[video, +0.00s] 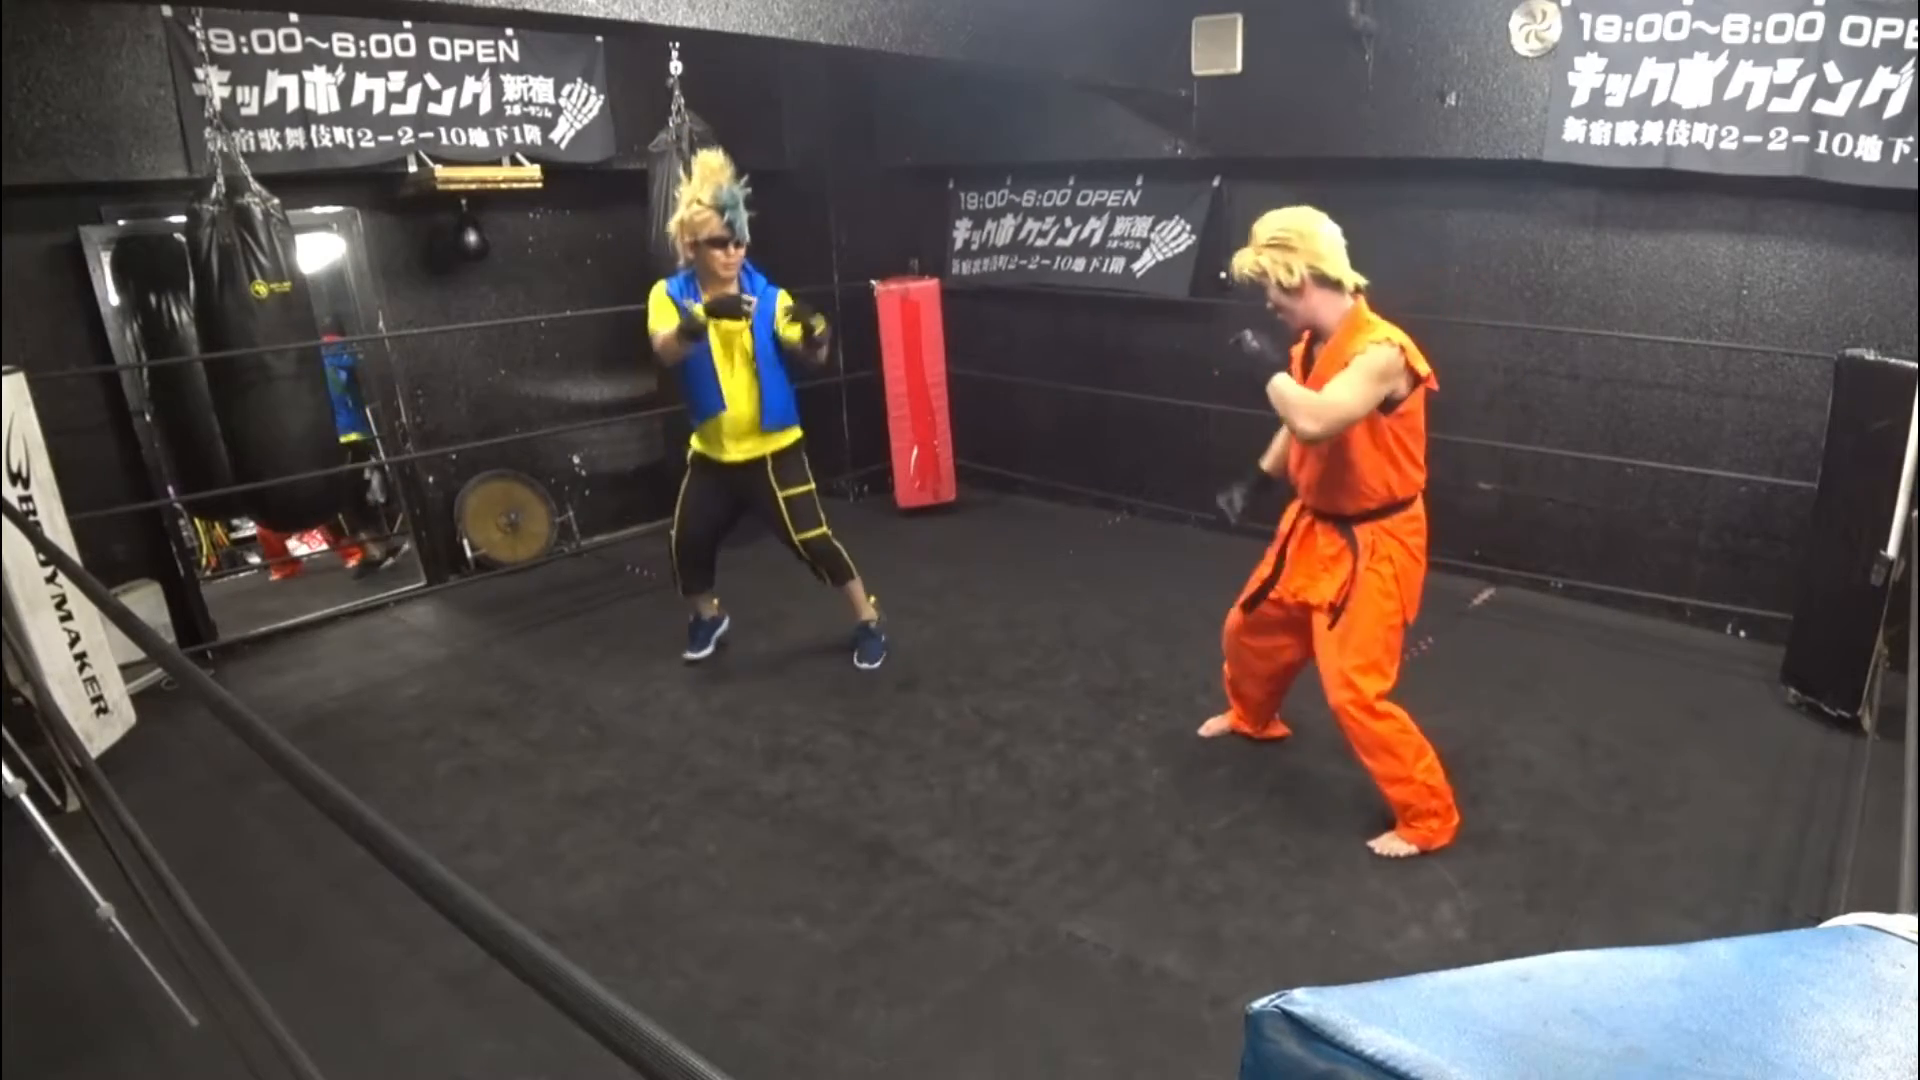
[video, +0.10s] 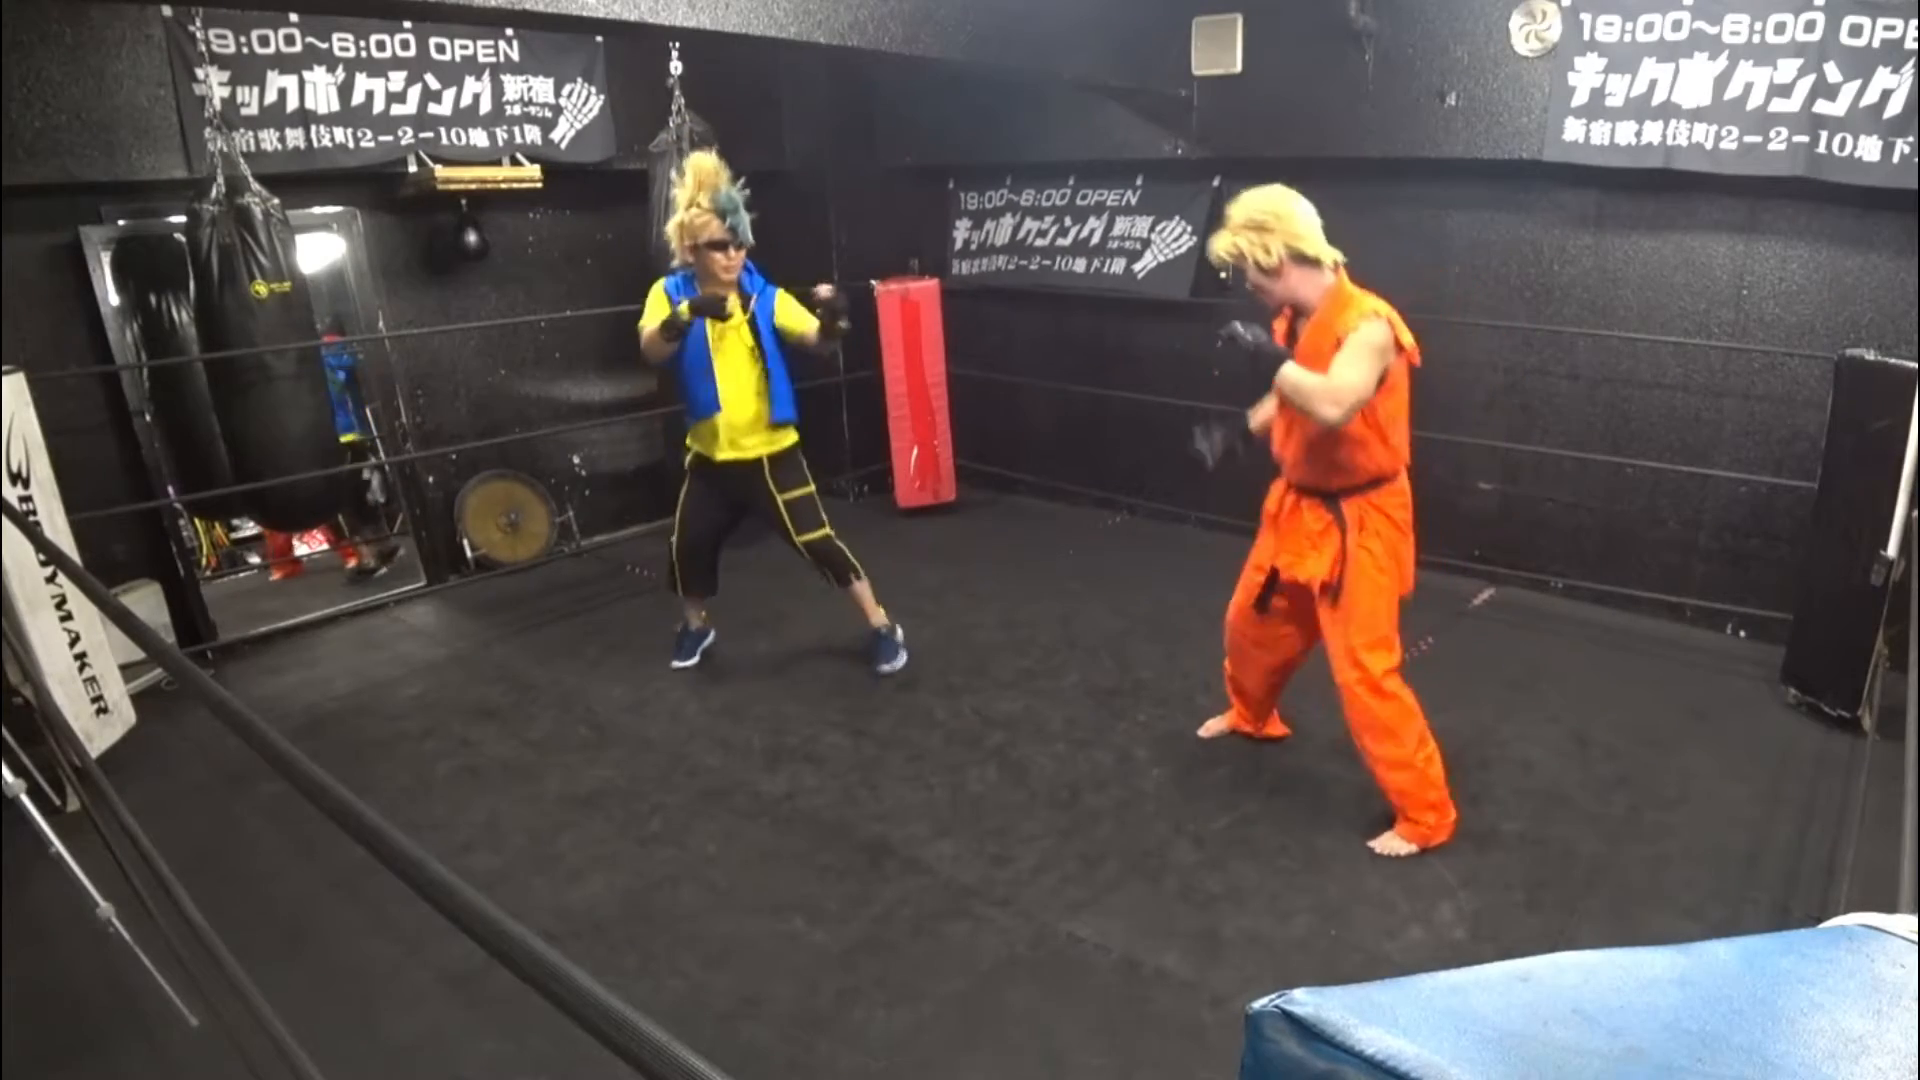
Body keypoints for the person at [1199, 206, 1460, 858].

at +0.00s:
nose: (1272, 307)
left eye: (1278, 291)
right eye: (1268, 294)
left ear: (1312, 278)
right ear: (1305, 282)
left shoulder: (1383, 354)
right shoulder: (1310, 348)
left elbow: (1319, 417)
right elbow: (1296, 425)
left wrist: (1271, 373)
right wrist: (1256, 480)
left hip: (1379, 538)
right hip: (1314, 524)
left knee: (1353, 687)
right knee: (1252, 626)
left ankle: (1429, 819)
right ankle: (1254, 716)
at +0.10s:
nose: (1250, 290)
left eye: (1251, 274)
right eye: (1245, 277)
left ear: (1283, 258)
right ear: (1288, 259)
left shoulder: (1370, 323)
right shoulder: (1293, 322)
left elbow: (1335, 403)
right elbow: (1287, 394)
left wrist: (1270, 359)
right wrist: (1238, 429)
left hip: (1362, 515)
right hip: (1298, 502)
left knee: (1365, 672)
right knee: (1252, 620)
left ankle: (1427, 816)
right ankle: (1252, 713)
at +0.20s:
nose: (1230, 262)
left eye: (1233, 246)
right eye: (1226, 249)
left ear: (1267, 232)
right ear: (1270, 235)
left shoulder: (1360, 290)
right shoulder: (1277, 296)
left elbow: (1332, 372)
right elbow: (1274, 370)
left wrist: (1259, 329)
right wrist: (1227, 381)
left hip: (1358, 486)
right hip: (1288, 479)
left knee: (1372, 638)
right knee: (1259, 599)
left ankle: (1417, 794)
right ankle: (1254, 712)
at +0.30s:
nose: (1230, 252)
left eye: (1234, 236)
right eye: (1227, 239)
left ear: (1267, 222)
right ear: (1268, 225)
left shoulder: (1359, 280)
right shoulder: (1275, 285)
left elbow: (1325, 361)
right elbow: (1278, 362)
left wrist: (1256, 312)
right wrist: (1223, 369)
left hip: (1355, 476)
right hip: (1286, 468)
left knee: (1362, 623)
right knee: (1237, 589)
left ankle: (1412, 766)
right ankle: (1246, 707)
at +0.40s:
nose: (1229, 265)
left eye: (1234, 250)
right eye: (1227, 252)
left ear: (1268, 239)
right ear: (1268, 241)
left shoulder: (1359, 303)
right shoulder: (1268, 304)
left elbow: (1325, 386)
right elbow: (1271, 382)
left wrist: (1256, 331)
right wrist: (1217, 398)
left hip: (1341, 501)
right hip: (1271, 489)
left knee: (1361, 646)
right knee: (1212, 608)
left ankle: (1417, 754)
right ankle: (1204, 698)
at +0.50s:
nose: (1230, 283)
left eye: (1233, 268)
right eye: (1227, 270)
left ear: (1266, 260)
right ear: (1268, 261)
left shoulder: (1355, 331)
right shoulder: (1262, 325)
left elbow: (1329, 412)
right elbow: (1252, 398)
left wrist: (1264, 358)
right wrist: (1191, 383)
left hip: (1325, 519)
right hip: (1256, 508)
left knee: (1346, 654)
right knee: (1197, 627)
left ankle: (1417, 758)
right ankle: (1187, 703)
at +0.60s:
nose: (1230, 261)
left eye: (1232, 247)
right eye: (1225, 250)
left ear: (1263, 227)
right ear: (1256, 231)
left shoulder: (1350, 289)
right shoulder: (1256, 286)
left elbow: (1321, 382)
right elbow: (1228, 363)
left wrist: (1256, 318)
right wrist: (1183, 322)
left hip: (1318, 483)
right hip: (1249, 473)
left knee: (1339, 636)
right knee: (1205, 597)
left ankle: (1411, 750)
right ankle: (1190, 699)